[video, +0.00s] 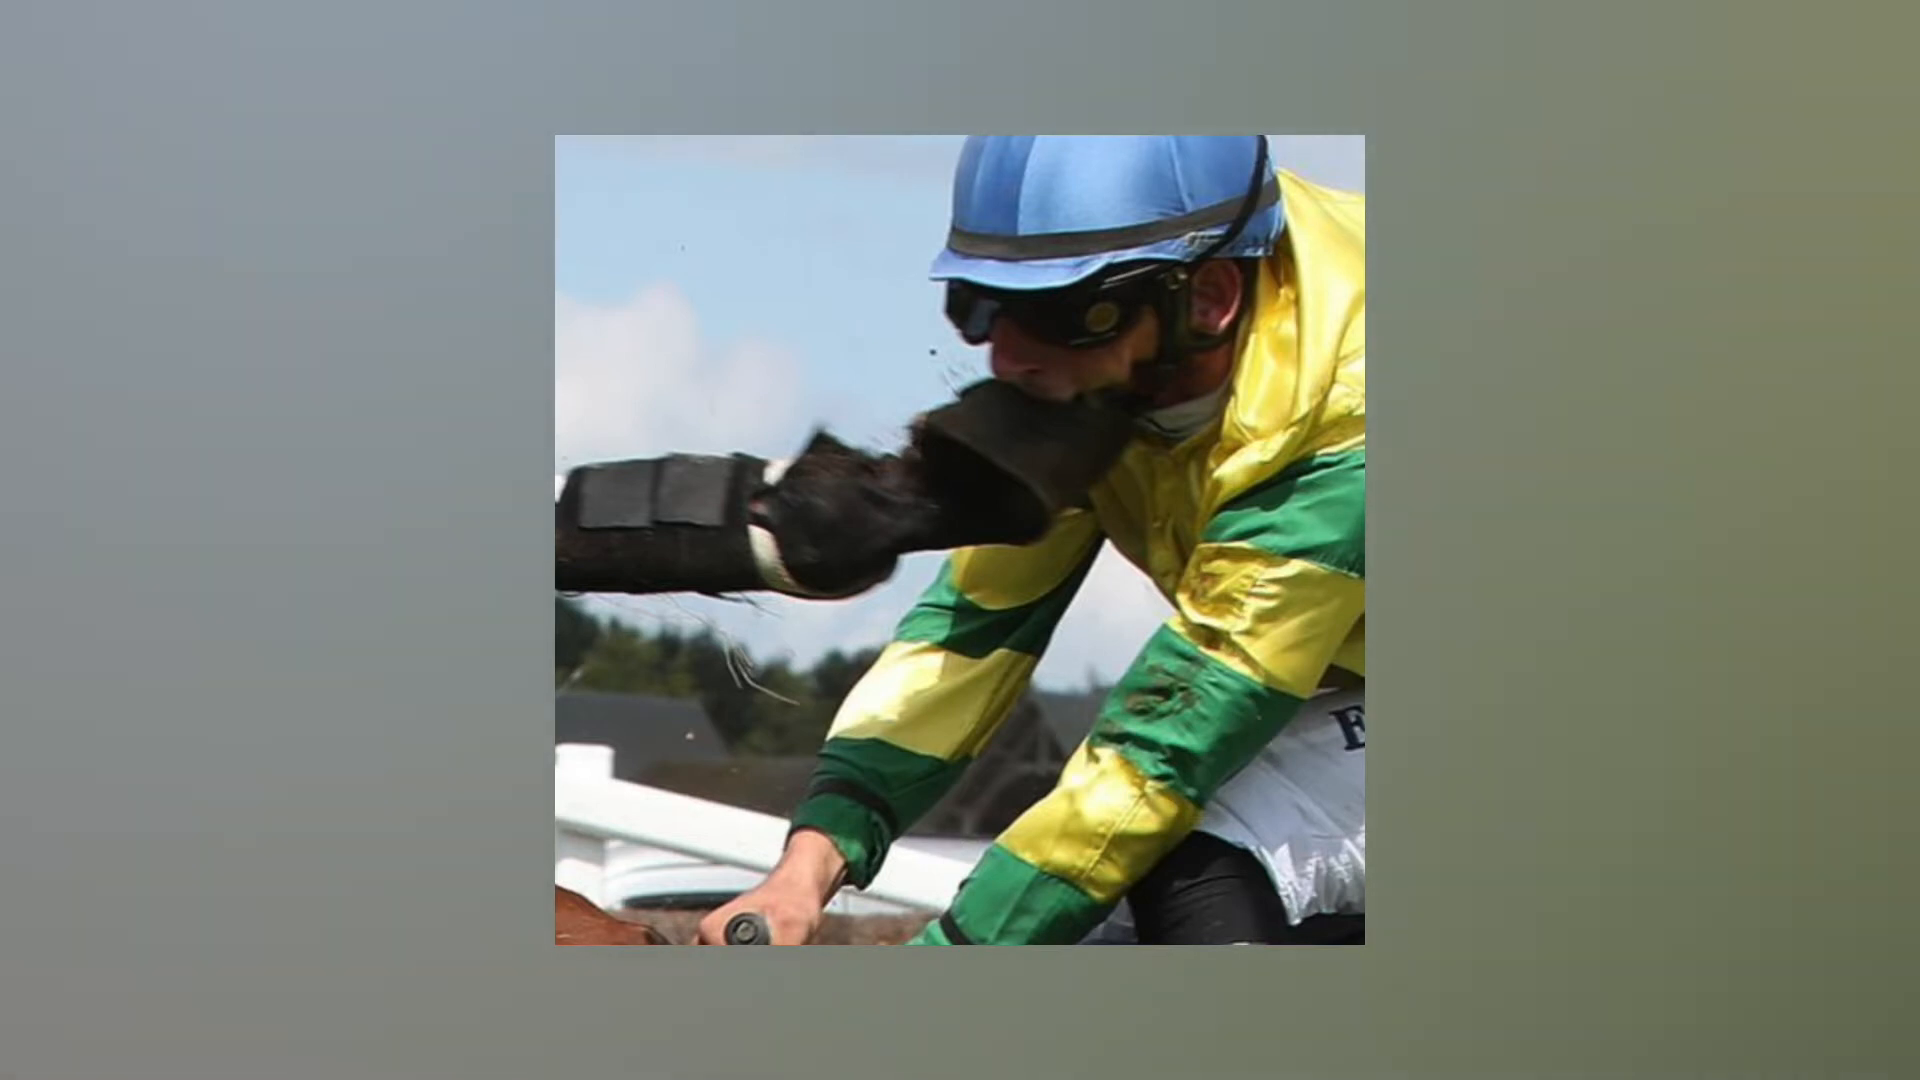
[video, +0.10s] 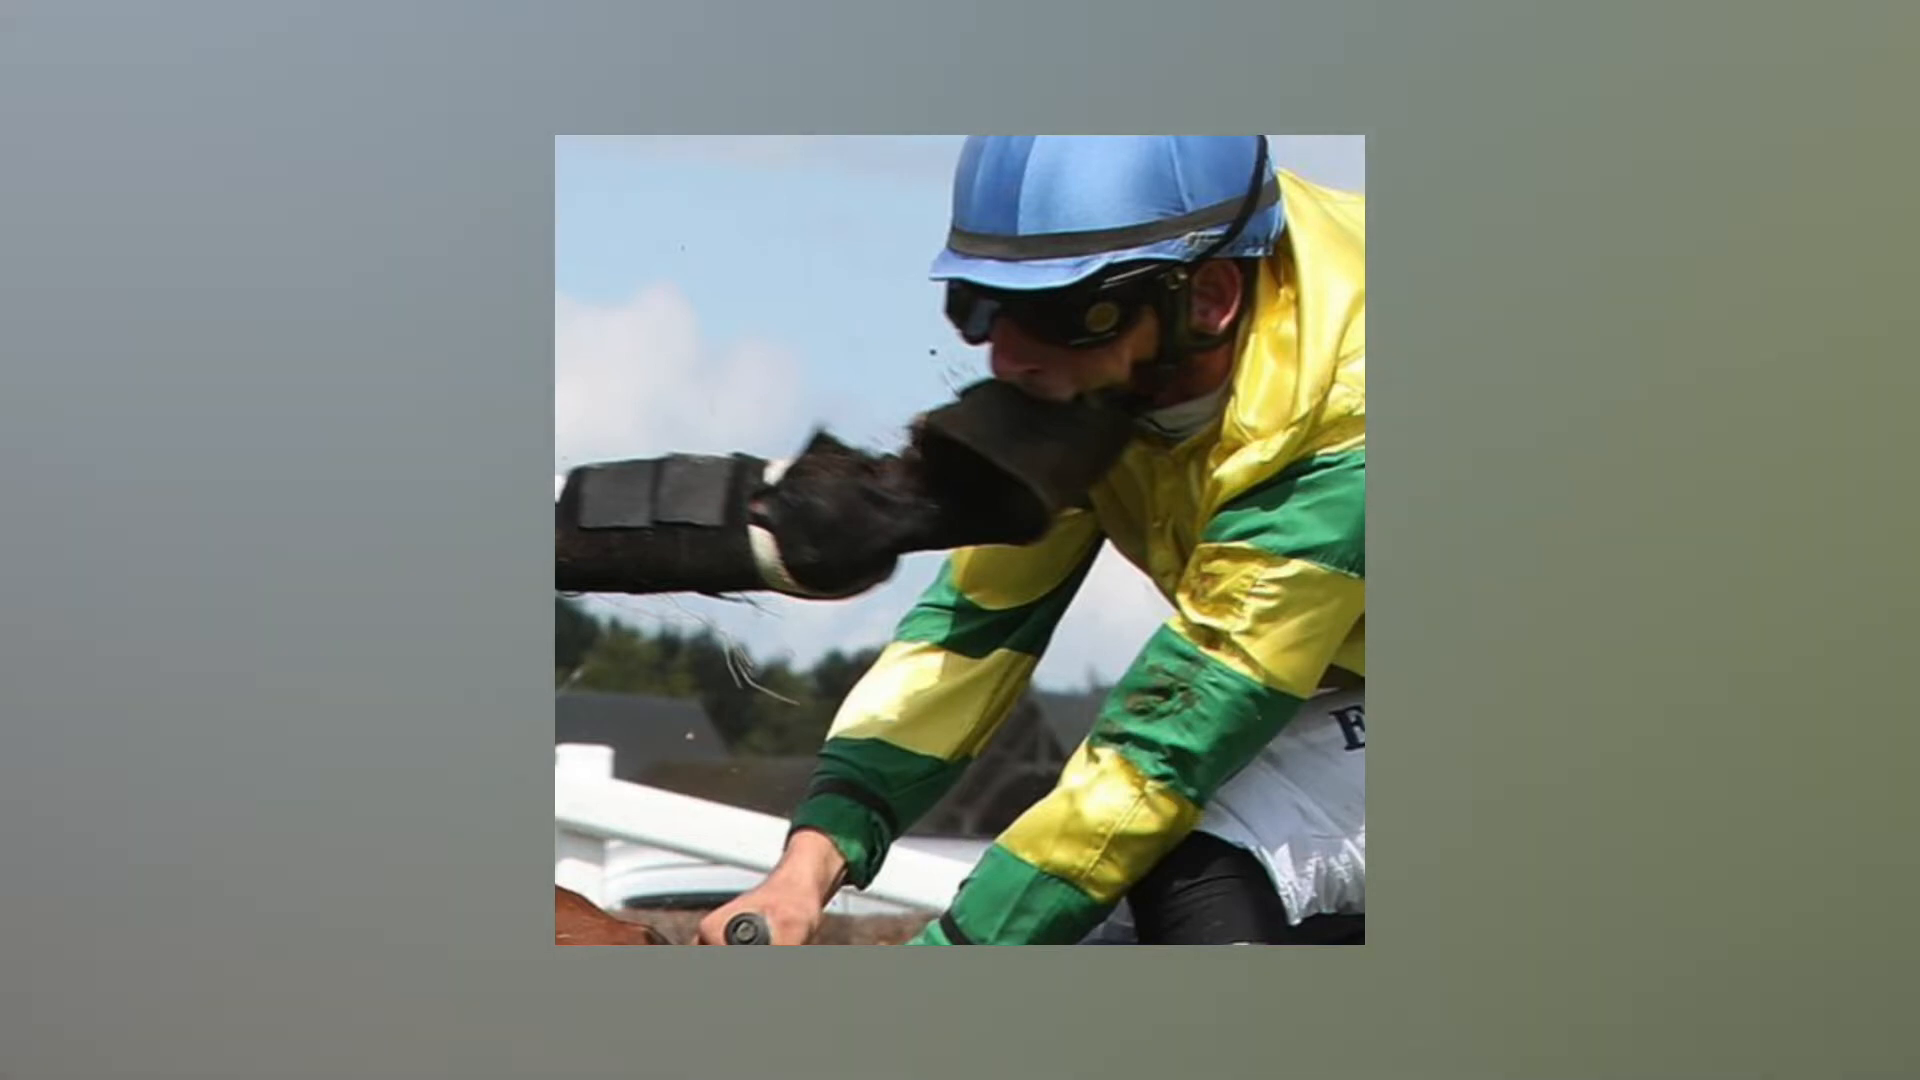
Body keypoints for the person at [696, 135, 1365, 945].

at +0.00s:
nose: (1005, 358)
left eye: (1056, 319)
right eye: (989, 310)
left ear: (1209, 298)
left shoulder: (1341, 429)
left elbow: (1161, 751)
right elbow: (969, 623)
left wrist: (934, 965)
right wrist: (805, 871)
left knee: (1204, 864)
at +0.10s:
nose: (1005, 359)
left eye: (1056, 319)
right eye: (989, 310)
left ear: (1210, 298)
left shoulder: (1341, 430)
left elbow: (1160, 751)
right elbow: (969, 624)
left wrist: (934, 962)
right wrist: (804, 872)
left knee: (1205, 864)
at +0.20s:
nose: (1005, 359)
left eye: (1056, 319)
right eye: (989, 310)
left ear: (1210, 298)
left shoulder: (1341, 430)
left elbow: (1161, 751)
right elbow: (969, 623)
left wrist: (934, 962)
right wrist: (804, 872)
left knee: (1205, 864)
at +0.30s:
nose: (1005, 359)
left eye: (1056, 319)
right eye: (989, 310)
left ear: (1210, 298)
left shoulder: (1341, 429)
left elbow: (1161, 751)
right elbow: (969, 623)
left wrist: (934, 964)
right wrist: (805, 871)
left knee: (1204, 865)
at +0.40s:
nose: (1005, 359)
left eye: (1056, 319)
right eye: (989, 310)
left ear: (1209, 298)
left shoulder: (1341, 429)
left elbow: (1161, 751)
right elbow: (969, 623)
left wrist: (933, 966)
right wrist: (805, 871)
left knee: (1204, 864)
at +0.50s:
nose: (1005, 359)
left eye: (1056, 319)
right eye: (989, 310)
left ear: (1209, 298)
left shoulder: (1341, 429)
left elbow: (1160, 751)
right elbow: (969, 623)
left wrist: (933, 965)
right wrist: (805, 871)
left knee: (1205, 865)